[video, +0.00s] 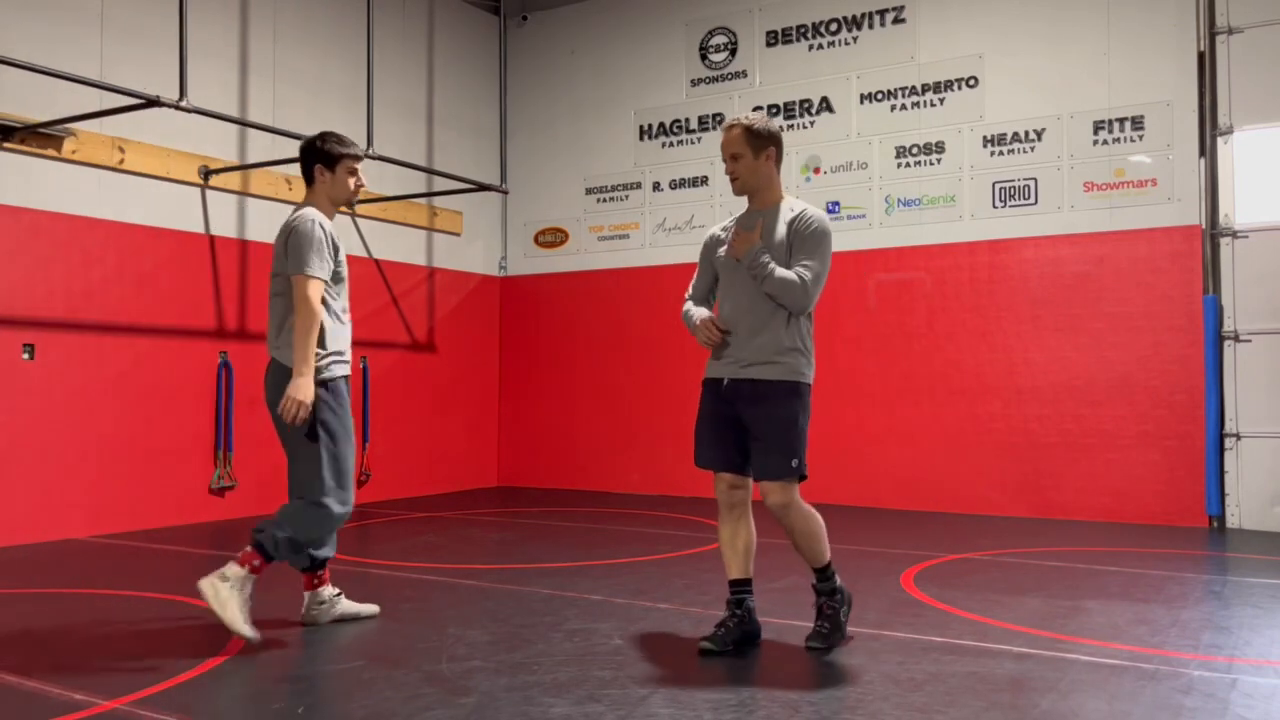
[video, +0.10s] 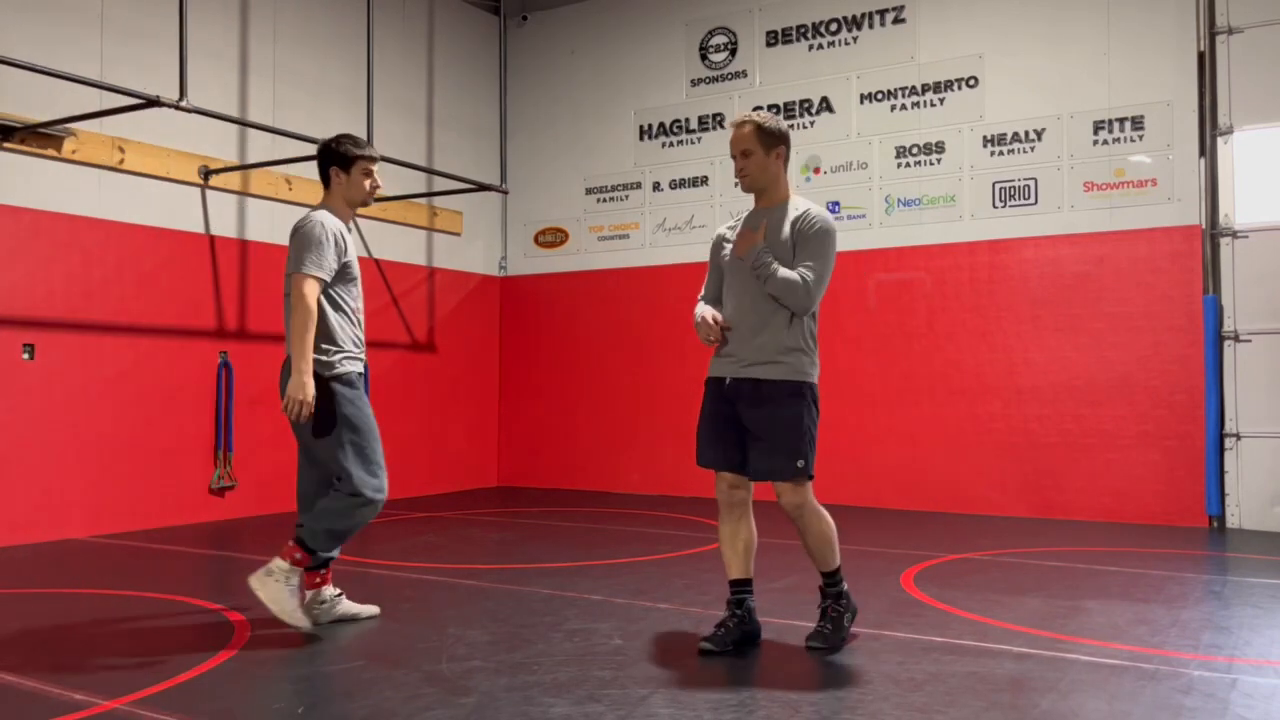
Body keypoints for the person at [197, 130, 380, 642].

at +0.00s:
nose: (359, 182)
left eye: (360, 173)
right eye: (351, 172)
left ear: (327, 177)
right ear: (321, 174)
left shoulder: (318, 228)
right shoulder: (309, 226)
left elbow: (315, 310)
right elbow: (308, 304)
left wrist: (329, 374)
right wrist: (302, 377)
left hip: (313, 377)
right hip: (312, 379)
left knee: (317, 491)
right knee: (333, 498)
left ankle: (320, 595)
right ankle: (233, 577)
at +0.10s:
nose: (376, 182)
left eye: (376, 174)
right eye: (367, 174)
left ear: (344, 179)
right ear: (337, 176)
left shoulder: (337, 230)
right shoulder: (319, 227)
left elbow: (323, 304)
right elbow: (302, 297)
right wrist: (300, 374)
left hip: (330, 376)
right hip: (330, 378)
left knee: (323, 483)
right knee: (365, 487)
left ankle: (318, 592)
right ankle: (282, 573)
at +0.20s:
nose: (389, 184)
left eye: (389, 175)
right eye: (380, 175)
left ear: (361, 181)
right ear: (349, 177)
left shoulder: (352, 233)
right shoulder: (326, 229)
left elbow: (355, 307)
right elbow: (310, 298)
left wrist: (379, 359)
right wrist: (310, 371)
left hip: (343, 376)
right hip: (343, 376)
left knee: (332, 482)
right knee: (388, 485)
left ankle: (322, 593)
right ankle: (336, 584)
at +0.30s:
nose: (400, 186)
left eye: (400, 178)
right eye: (391, 177)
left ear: (376, 183)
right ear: (362, 179)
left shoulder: (367, 238)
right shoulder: (339, 232)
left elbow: (381, 305)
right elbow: (323, 302)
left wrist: (408, 356)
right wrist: (326, 378)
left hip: (354, 379)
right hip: (354, 380)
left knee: (339, 486)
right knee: (401, 483)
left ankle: (321, 594)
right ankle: (391, 590)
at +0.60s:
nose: (441, 189)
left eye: (441, 181)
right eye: (432, 181)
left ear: (413, 187)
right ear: (403, 185)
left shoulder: (407, 240)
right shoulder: (388, 242)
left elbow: (410, 317)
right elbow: (381, 319)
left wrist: (439, 364)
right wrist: (393, 392)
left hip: (400, 381)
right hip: (406, 384)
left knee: (376, 488)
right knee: (434, 489)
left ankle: (328, 588)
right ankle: (456, 598)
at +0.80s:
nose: (471, 183)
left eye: (469, 174)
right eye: (461, 175)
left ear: (438, 181)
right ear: (430, 181)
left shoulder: (429, 230)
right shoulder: (425, 238)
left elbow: (432, 317)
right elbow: (431, 320)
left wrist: (454, 382)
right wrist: (456, 391)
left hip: (436, 380)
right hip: (433, 383)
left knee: (437, 478)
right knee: (455, 489)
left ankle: (365, 560)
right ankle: (456, 598)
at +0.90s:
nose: (484, 184)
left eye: (483, 175)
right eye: (475, 176)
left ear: (452, 181)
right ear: (445, 181)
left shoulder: (447, 230)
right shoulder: (433, 238)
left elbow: (454, 319)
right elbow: (449, 324)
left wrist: (477, 382)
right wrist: (487, 388)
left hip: (458, 378)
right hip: (440, 382)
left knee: (481, 473)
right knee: (460, 483)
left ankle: (402, 548)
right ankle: (457, 598)